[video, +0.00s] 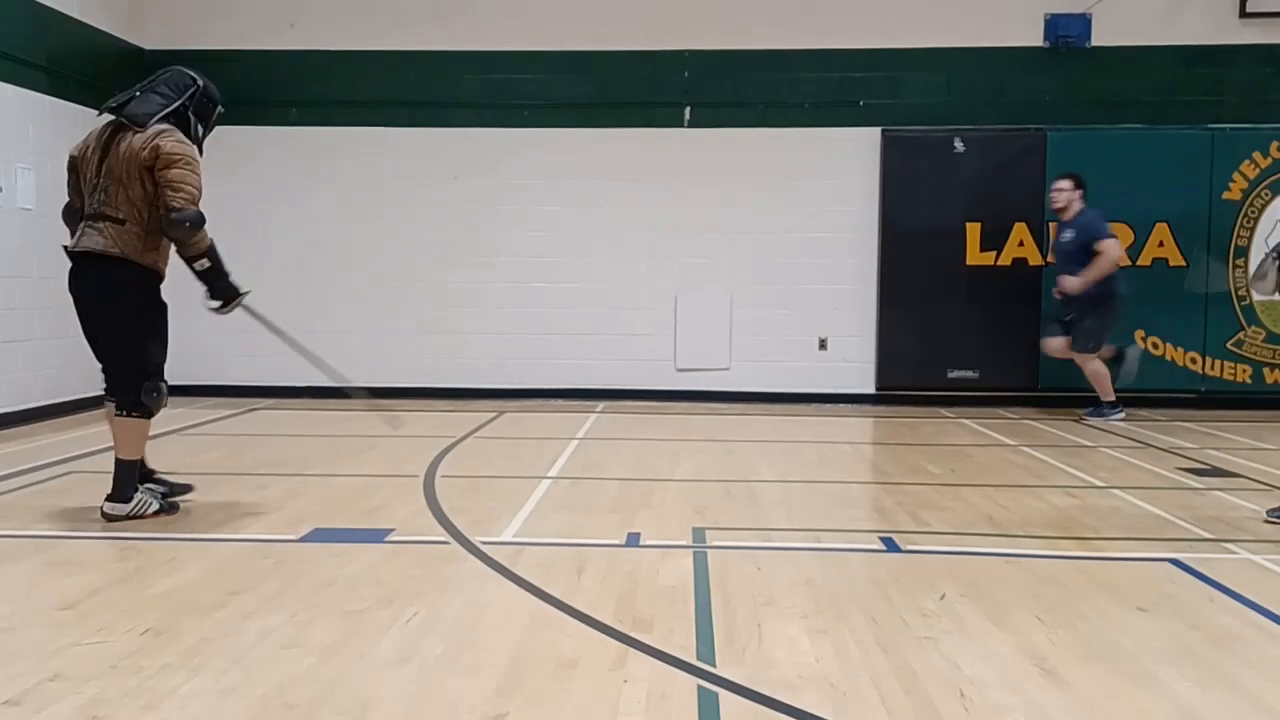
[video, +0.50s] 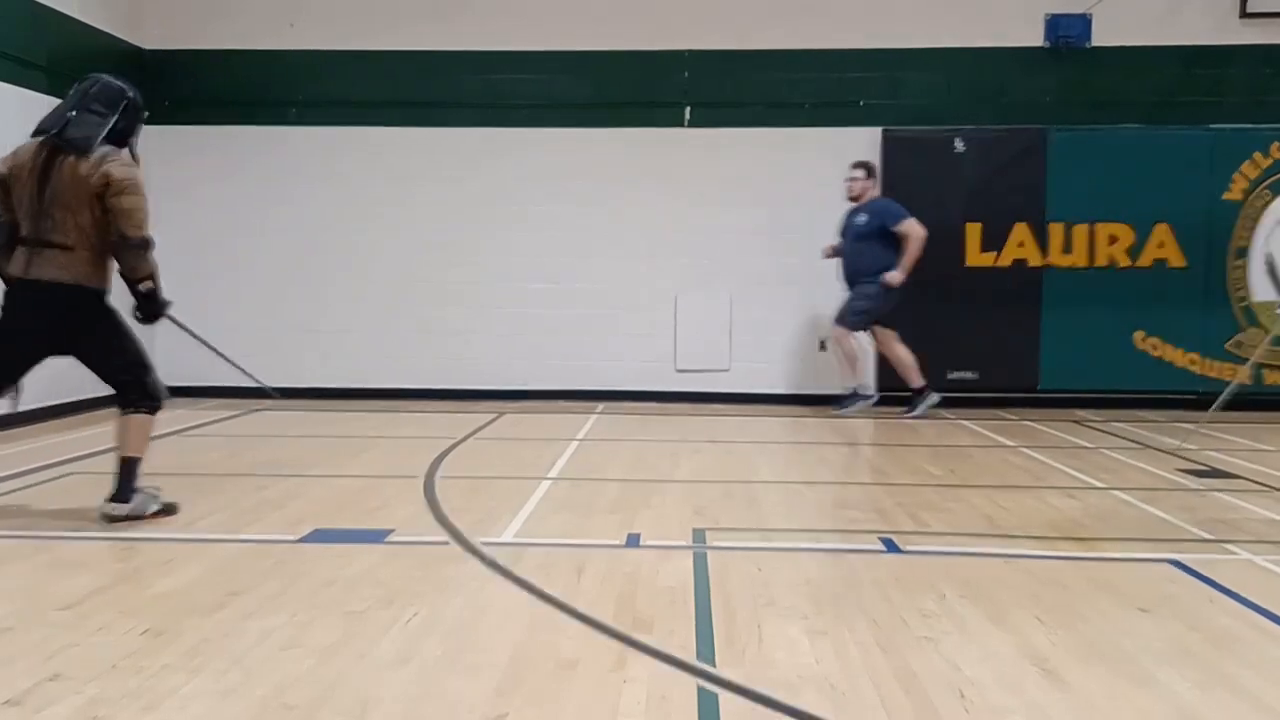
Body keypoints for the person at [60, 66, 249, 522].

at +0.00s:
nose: (204, 129)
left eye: (207, 120)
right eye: (204, 118)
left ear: (157, 95)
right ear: (188, 109)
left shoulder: (102, 134)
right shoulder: (172, 143)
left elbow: (76, 210)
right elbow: (183, 221)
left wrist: (98, 240)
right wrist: (216, 276)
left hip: (88, 271)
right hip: (128, 276)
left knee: (122, 376)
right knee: (140, 380)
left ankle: (137, 473)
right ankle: (124, 494)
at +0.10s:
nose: (198, 131)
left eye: (201, 123)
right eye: (199, 121)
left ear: (148, 98)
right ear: (185, 112)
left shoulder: (91, 135)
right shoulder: (171, 146)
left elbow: (62, 209)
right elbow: (170, 222)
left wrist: (70, 263)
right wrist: (190, 280)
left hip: (74, 269)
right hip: (122, 276)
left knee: (92, 371)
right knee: (140, 379)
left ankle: (93, 476)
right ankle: (124, 491)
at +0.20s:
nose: (188, 128)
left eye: (190, 120)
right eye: (188, 119)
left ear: (138, 96)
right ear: (175, 111)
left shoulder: (81, 134)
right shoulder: (165, 149)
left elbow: (49, 209)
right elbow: (166, 228)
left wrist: (50, 270)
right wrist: (176, 286)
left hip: (63, 274)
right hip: (116, 281)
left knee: (64, 371)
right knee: (138, 383)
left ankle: (41, 473)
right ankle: (124, 493)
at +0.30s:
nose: (175, 130)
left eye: (177, 122)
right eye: (175, 120)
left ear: (124, 97)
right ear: (162, 114)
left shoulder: (67, 138)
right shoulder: (153, 152)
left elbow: (36, 212)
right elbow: (160, 232)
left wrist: (42, 270)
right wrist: (168, 287)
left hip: (52, 279)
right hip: (108, 286)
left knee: (36, 372)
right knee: (140, 384)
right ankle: (125, 493)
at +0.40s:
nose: (156, 126)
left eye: (158, 118)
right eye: (156, 117)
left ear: (103, 99)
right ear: (145, 114)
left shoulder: (48, 143)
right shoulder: (137, 156)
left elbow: (22, 217)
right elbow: (148, 236)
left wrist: (30, 268)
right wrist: (157, 287)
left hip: (38, 291)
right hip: (95, 296)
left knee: (7, 378)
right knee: (142, 385)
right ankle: (124, 493)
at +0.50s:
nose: (132, 135)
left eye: (132, 125)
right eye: (131, 125)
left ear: (73, 110)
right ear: (119, 123)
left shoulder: (23, 155)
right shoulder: (113, 164)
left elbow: (1, 221)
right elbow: (130, 240)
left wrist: (12, 270)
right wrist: (147, 293)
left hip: (21, 307)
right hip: (78, 309)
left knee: (1, 383)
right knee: (141, 388)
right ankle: (126, 492)